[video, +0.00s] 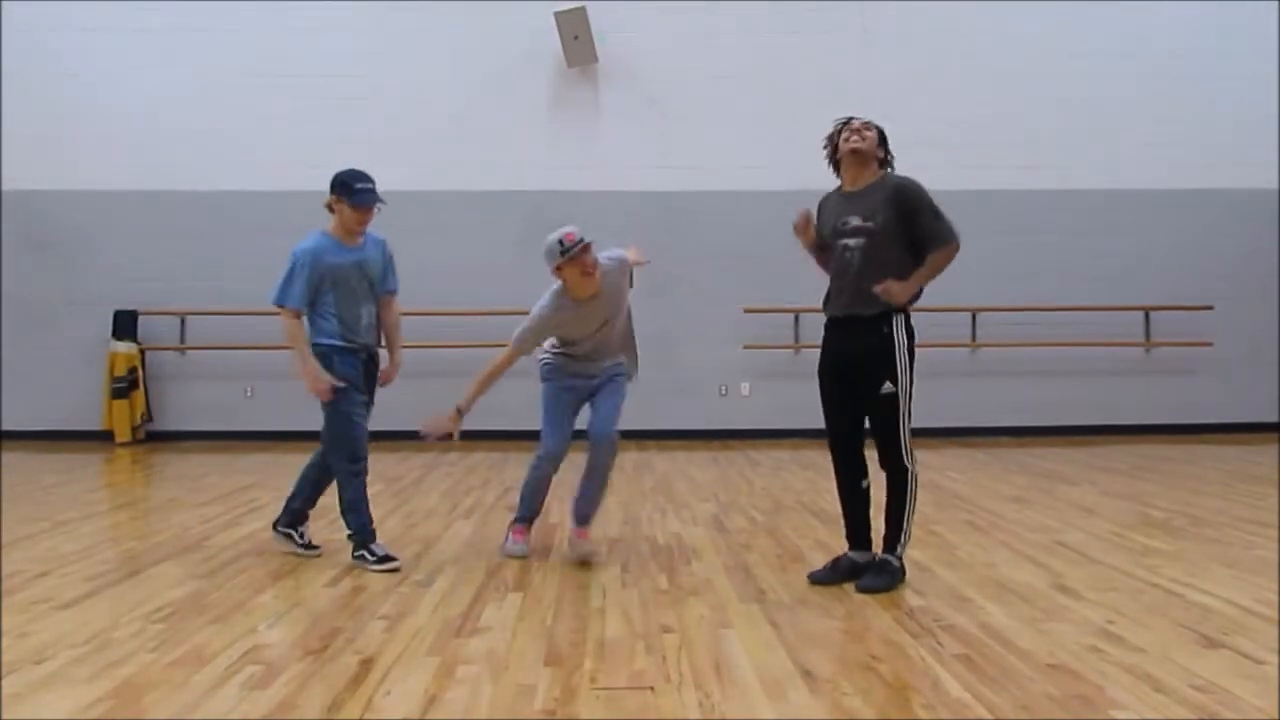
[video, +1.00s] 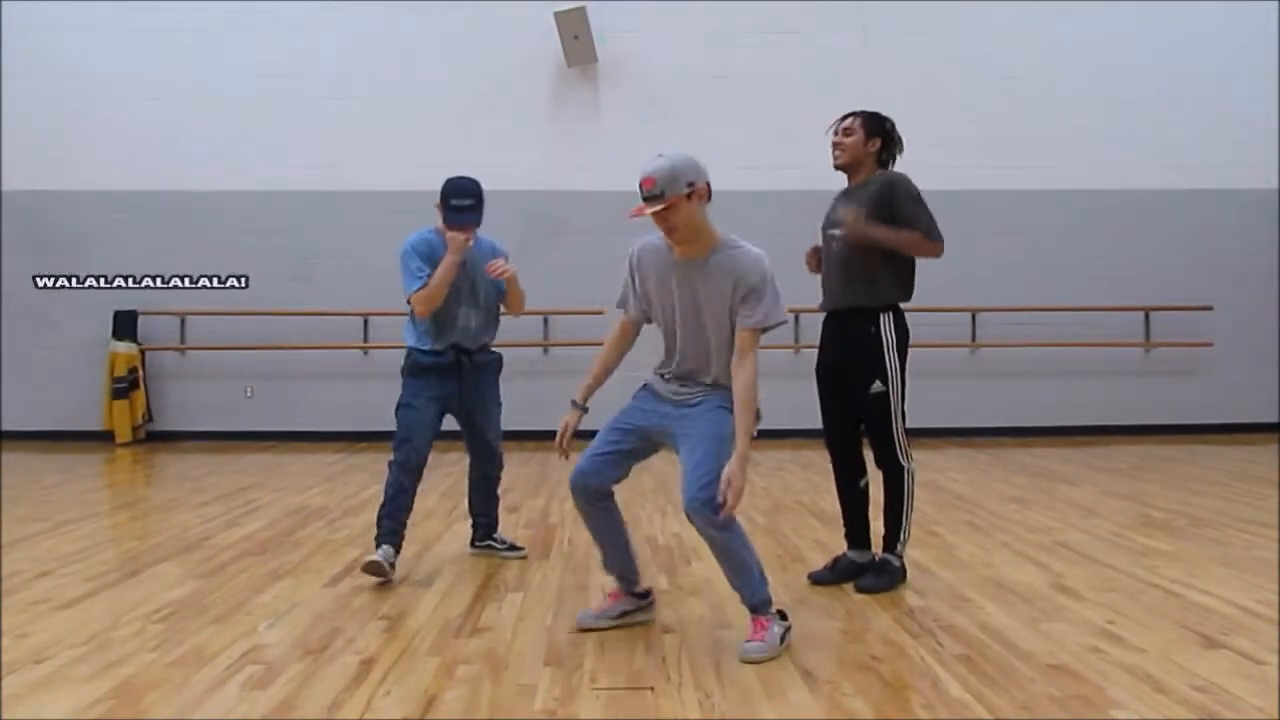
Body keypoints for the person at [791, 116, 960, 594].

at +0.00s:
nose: (857, 132)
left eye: (867, 130)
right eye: (848, 129)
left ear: (882, 153)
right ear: (834, 152)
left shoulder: (900, 191)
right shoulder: (830, 203)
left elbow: (947, 244)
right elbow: (836, 267)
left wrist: (912, 283)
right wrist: (812, 243)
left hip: (886, 329)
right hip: (839, 331)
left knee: (892, 447)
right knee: (844, 446)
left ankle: (893, 557)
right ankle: (858, 551)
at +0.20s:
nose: (860, 130)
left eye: (871, 128)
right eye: (851, 127)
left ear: (886, 151)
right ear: (839, 150)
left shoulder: (904, 189)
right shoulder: (835, 202)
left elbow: (954, 239)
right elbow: (838, 272)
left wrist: (916, 282)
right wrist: (808, 252)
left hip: (884, 324)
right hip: (838, 327)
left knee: (890, 445)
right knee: (845, 444)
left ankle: (893, 557)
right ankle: (857, 550)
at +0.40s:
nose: (854, 125)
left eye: (867, 121)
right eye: (850, 123)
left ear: (889, 141)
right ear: (842, 142)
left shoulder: (902, 181)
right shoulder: (838, 191)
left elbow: (937, 246)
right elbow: (850, 250)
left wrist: (883, 210)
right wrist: (825, 255)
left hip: (883, 320)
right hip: (838, 322)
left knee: (891, 442)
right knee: (843, 442)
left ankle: (894, 555)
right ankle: (857, 548)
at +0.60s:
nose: (846, 134)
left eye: (859, 130)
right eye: (846, 130)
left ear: (882, 148)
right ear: (846, 147)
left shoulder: (901, 197)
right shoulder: (839, 202)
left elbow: (924, 267)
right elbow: (847, 271)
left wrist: (870, 274)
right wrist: (819, 268)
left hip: (882, 330)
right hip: (839, 330)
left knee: (890, 448)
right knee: (839, 445)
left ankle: (894, 557)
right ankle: (858, 551)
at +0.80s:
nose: (835, 140)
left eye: (846, 132)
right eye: (834, 134)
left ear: (874, 143)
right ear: (839, 148)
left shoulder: (898, 186)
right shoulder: (843, 199)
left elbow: (949, 238)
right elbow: (846, 255)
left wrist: (897, 275)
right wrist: (817, 234)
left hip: (877, 324)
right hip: (837, 327)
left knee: (888, 443)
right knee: (843, 444)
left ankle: (894, 556)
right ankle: (857, 550)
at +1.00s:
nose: (836, 139)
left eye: (847, 132)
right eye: (835, 134)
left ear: (875, 144)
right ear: (839, 148)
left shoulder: (893, 185)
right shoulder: (841, 200)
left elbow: (933, 245)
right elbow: (853, 271)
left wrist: (868, 231)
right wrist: (824, 263)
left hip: (879, 326)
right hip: (838, 327)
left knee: (889, 444)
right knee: (841, 442)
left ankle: (893, 556)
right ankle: (858, 550)